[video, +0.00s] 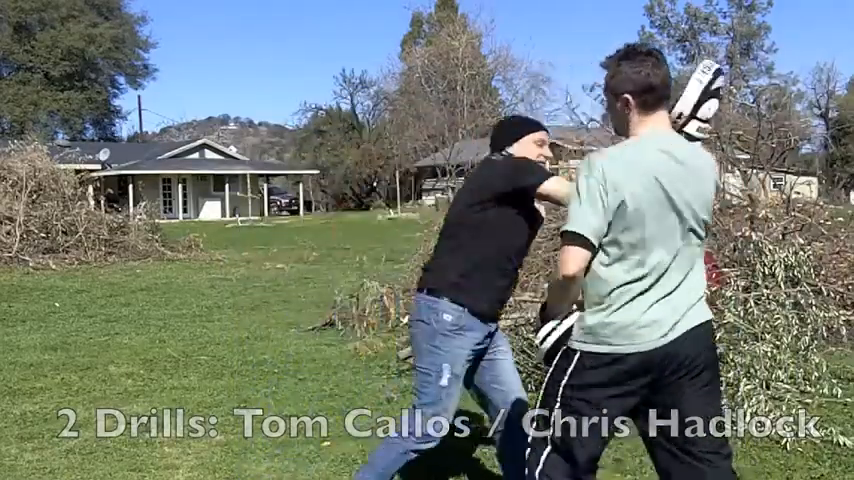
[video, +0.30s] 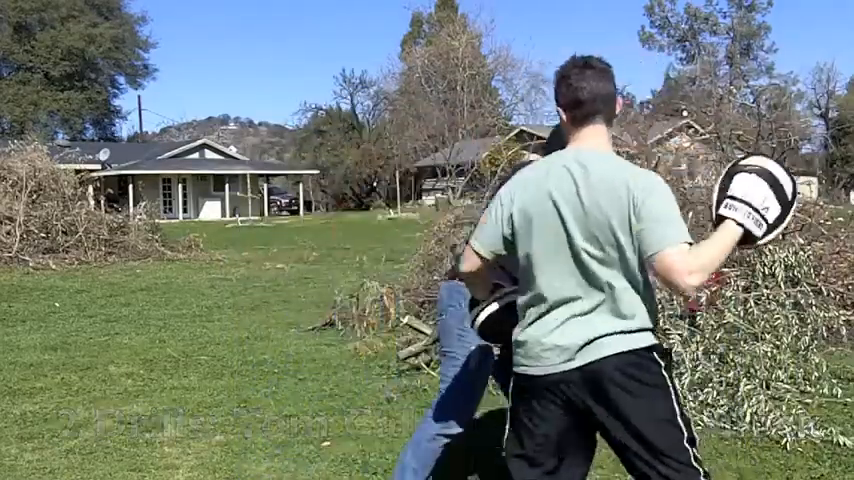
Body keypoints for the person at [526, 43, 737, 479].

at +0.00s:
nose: (606, 112)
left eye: (608, 101)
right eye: (606, 101)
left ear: (625, 103)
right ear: (666, 96)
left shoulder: (603, 167)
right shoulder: (702, 162)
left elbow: (571, 270)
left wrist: (555, 307)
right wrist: (684, 136)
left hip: (609, 347)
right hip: (689, 338)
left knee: (560, 463)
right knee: (705, 463)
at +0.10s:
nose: (600, 114)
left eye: (600, 105)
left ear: (612, 108)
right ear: (658, 100)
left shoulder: (578, 175)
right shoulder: (698, 173)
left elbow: (530, 266)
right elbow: (777, 216)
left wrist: (534, 311)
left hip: (583, 354)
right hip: (668, 348)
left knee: (546, 463)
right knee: (698, 468)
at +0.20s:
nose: (585, 117)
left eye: (584, 110)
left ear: (589, 115)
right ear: (642, 107)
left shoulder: (548, 183)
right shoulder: (673, 184)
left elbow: (496, 268)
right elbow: (748, 256)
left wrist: (512, 310)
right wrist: (778, 184)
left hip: (563, 365)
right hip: (652, 359)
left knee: (544, 470)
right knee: (691, 471)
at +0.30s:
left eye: (558, 107)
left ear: (562, 111)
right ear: (619, 105)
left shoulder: (519, 188)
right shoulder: (639, 184)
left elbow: (470, 266)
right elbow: (686, 275)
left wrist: (494, 303)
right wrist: (740, 218)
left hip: (541, 373)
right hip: (626, 366)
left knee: (538, 471)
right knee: (675, 471)